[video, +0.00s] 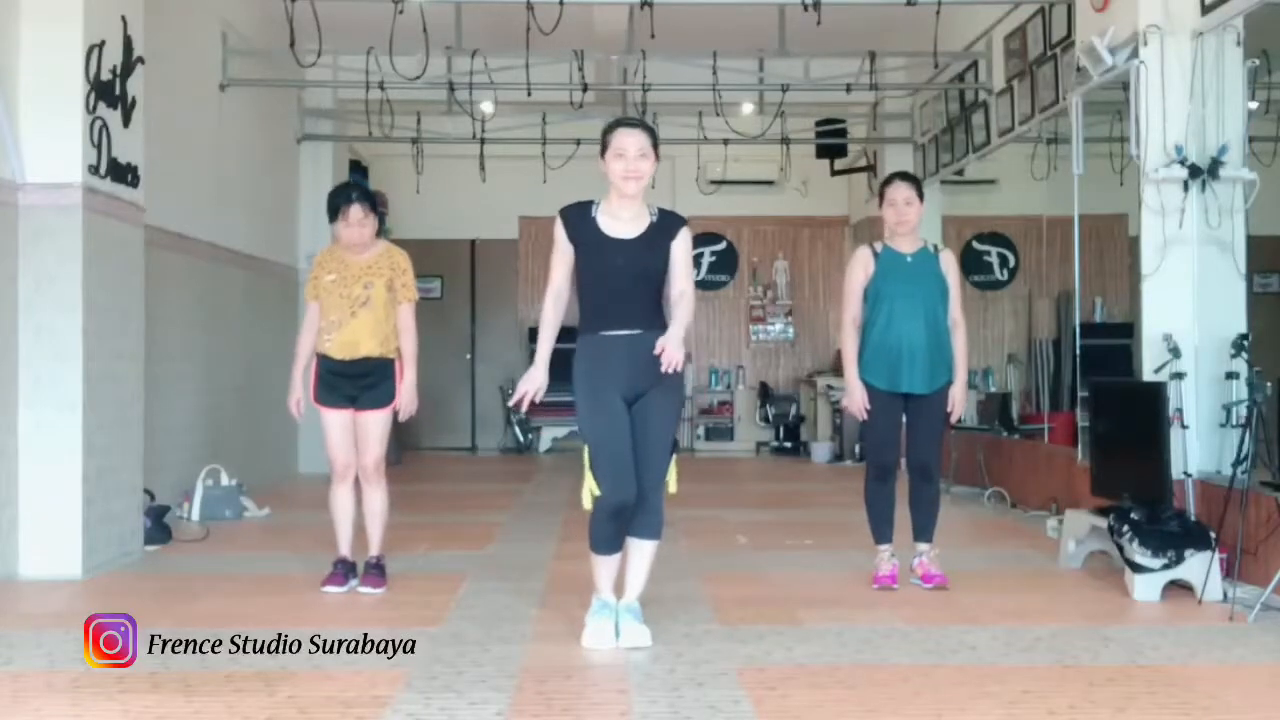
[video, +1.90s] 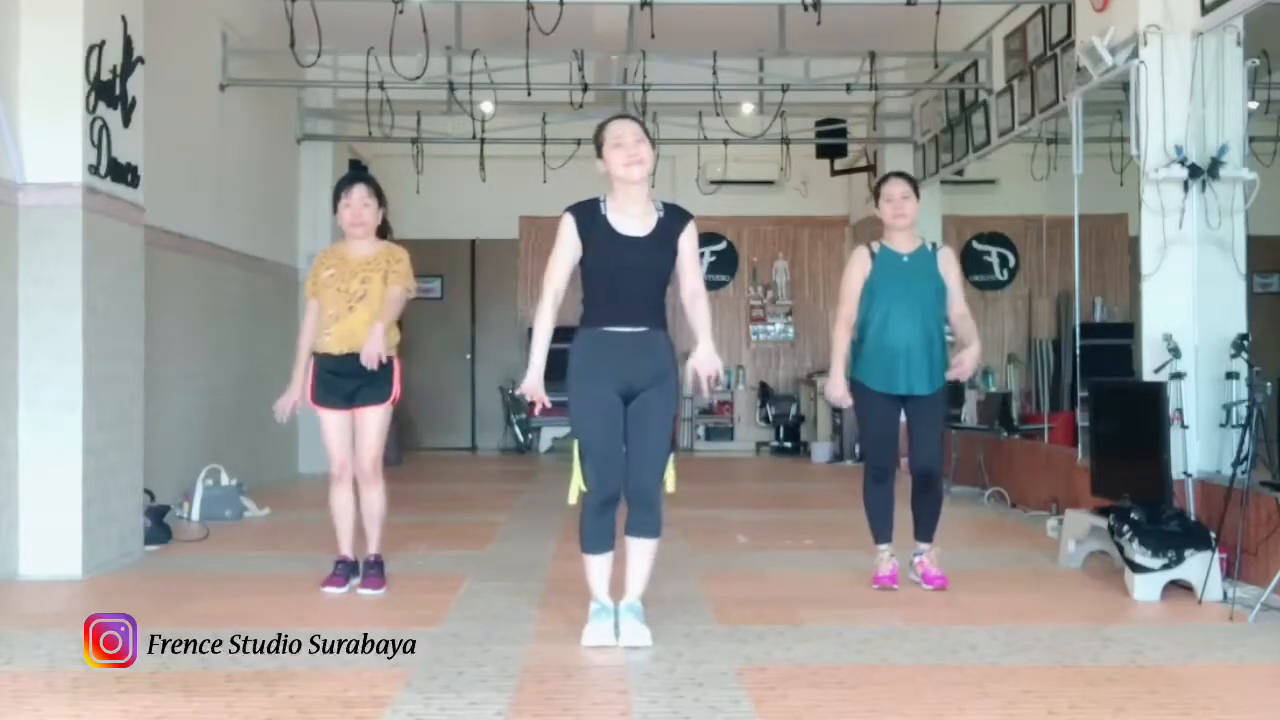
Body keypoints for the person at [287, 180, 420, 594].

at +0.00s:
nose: (355, 230)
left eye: (363, 221)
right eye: (347, 222)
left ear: (377, 220)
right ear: (334, 224)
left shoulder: (395, 260)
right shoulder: (324, 261)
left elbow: (407, 324)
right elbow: (311, 323)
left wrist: (409, 381)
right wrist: (297, 379)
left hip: (379, 369)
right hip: (331, 369)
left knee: (371, 467)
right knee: (341, 468)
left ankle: (375, 560)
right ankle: (343, 560)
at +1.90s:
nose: (357, 212)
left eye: (366, 203)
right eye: (348, 204)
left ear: (380, 212)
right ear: (336, 213)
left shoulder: (395, 257)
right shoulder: (324, 262)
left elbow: (396, 298)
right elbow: (310, 326)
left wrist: (377, 329)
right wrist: (296, 385)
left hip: (375, 367)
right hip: (329, 367)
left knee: (368, 467)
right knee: (339, 470)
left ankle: (373, 558)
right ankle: (344, 559)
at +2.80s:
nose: (356, 212)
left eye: (365, 205)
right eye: (347, 205)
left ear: (378, 213)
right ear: (335, 213)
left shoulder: (395, 257)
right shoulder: (324, 260)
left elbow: (411, 319)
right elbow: (305, 310)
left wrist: (423, 371)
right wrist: (290, 344)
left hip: (380, 368)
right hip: (332, 368)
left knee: (370, 467)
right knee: (339, 468)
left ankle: (373, 559)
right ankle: (344, 559)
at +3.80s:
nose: (354, 210)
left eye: (364, 203)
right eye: (346, 203)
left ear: (378, 213)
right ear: (334, 213)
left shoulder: (391, 260)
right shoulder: (320, 264)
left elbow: (393, 306)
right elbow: (304, 326)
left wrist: (382, 326)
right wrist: (290, 386)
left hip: (372, 367)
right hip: (325, 367)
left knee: (365, 469)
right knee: (338, 471)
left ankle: (372, 559)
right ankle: (345, 560)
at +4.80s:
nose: (358, 214)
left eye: (367, 207)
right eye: (349, 207)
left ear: (380, 215)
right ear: (336, 215)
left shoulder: (396, 261)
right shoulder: (323, 262)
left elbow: (411, 320)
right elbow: (306, 305)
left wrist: (422, 371)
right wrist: (292, 331)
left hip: (382, 370)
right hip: (333, 369)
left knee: (372, 468)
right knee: (340, 469)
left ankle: (373, 560)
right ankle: (346, 560)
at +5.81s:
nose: (358, 214)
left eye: (367, 207)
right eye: (349, 207)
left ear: (379, 216)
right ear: (335, 215)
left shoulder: (390, 260)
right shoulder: (319, 264)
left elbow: (395, 308)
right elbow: (300, 325)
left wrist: (381, 333)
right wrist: (287, 380)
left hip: (371, 367)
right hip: (324, 368)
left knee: (364, 469)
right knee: (337, 471)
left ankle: (372, 558)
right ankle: (345, 560)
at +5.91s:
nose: (357, 217)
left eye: (365, 209)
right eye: (348, 209)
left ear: (377, 217)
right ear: (333, 217)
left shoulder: (388, 261)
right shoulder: (318, 265)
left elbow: (387, 310)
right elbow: (302, 329)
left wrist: (368, 328)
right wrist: (287, 386)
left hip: (368, 370)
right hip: (322, 369)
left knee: (361, 470)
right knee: (335, 472)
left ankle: (371, 558)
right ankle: (345, 560)